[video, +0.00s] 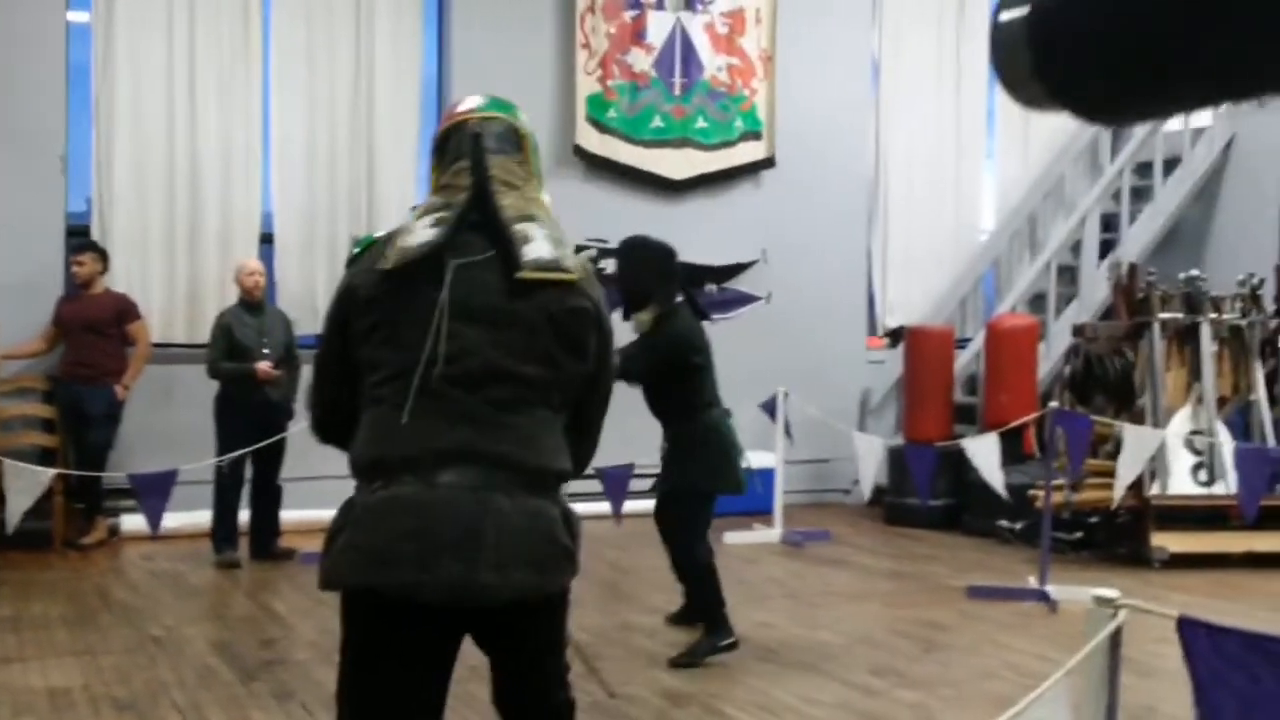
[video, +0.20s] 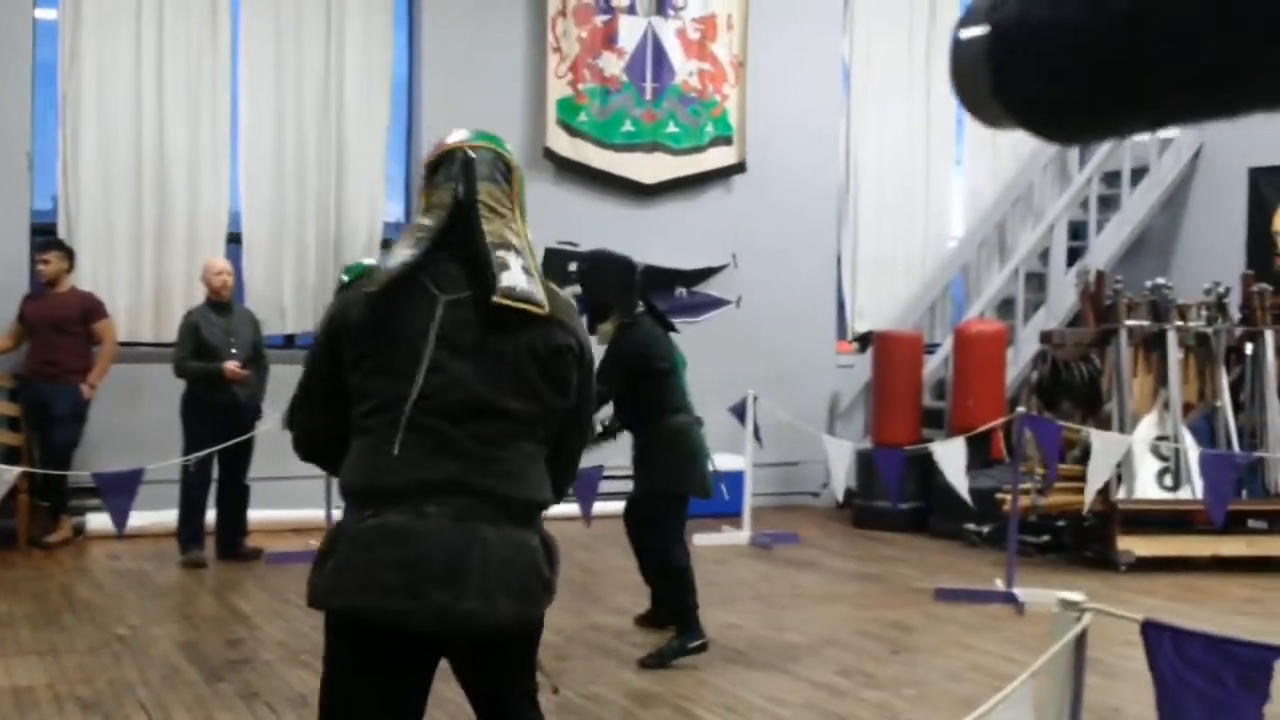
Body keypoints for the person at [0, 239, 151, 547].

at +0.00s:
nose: (75, 269)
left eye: (82, 263)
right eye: (73, 264)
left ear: (101, 266)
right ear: (72, 268)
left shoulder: (119, 303)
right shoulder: (67, 304)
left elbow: (144, 344)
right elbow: (45, 343)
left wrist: (126, 384)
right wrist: (5, 354)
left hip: (104, 389)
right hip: (69, 387)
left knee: (93, 454)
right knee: (77, 455)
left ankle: (97, 521)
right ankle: (86, 520)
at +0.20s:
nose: (40, 267)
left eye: (47, 262)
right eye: (38, 262)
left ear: (66, 264)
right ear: (37, 266)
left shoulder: (86, 302)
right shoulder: (31, 302)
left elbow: (110, 343)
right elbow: (14, 336)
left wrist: (91, 384)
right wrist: (1, 348)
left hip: (69, 387)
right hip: (33, 385)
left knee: (58, 453)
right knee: (40, 453)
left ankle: (60, 519)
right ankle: (52, 518)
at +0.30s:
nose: (20, 265)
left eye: (27, 259)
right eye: (17, 260)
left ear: (45, 263)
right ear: (15, 264)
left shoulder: (63, 300)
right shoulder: (10, 301)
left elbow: (88, 340)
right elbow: (8, 341)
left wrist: (69, 382)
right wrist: (7, 375)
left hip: (48, 385)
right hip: (13, 384)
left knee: (35, 452)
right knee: (21, 453)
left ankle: (40, 520)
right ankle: (29, 517)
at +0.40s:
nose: (2, 263)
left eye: (8, 258)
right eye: (1, 258)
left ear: (26, 260)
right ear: (3, 261)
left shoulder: (43, 298)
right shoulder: (6, 295)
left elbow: (70, 338)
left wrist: (50, 380)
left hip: (27, 384)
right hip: (7, 383)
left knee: (16, 455)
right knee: (9, 454)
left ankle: (18, 519)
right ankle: (19, 519)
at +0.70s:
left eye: (0, 255)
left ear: (3, 257)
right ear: (4, 257)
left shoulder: (16, 294)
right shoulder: (16, 294)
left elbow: (42, 334)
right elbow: (42, 335)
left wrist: (22, 377)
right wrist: (22, 377)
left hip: (6, 386)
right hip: (6, 387)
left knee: (2, 456)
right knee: (3, 455)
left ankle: (8, 514)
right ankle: (8, 514)